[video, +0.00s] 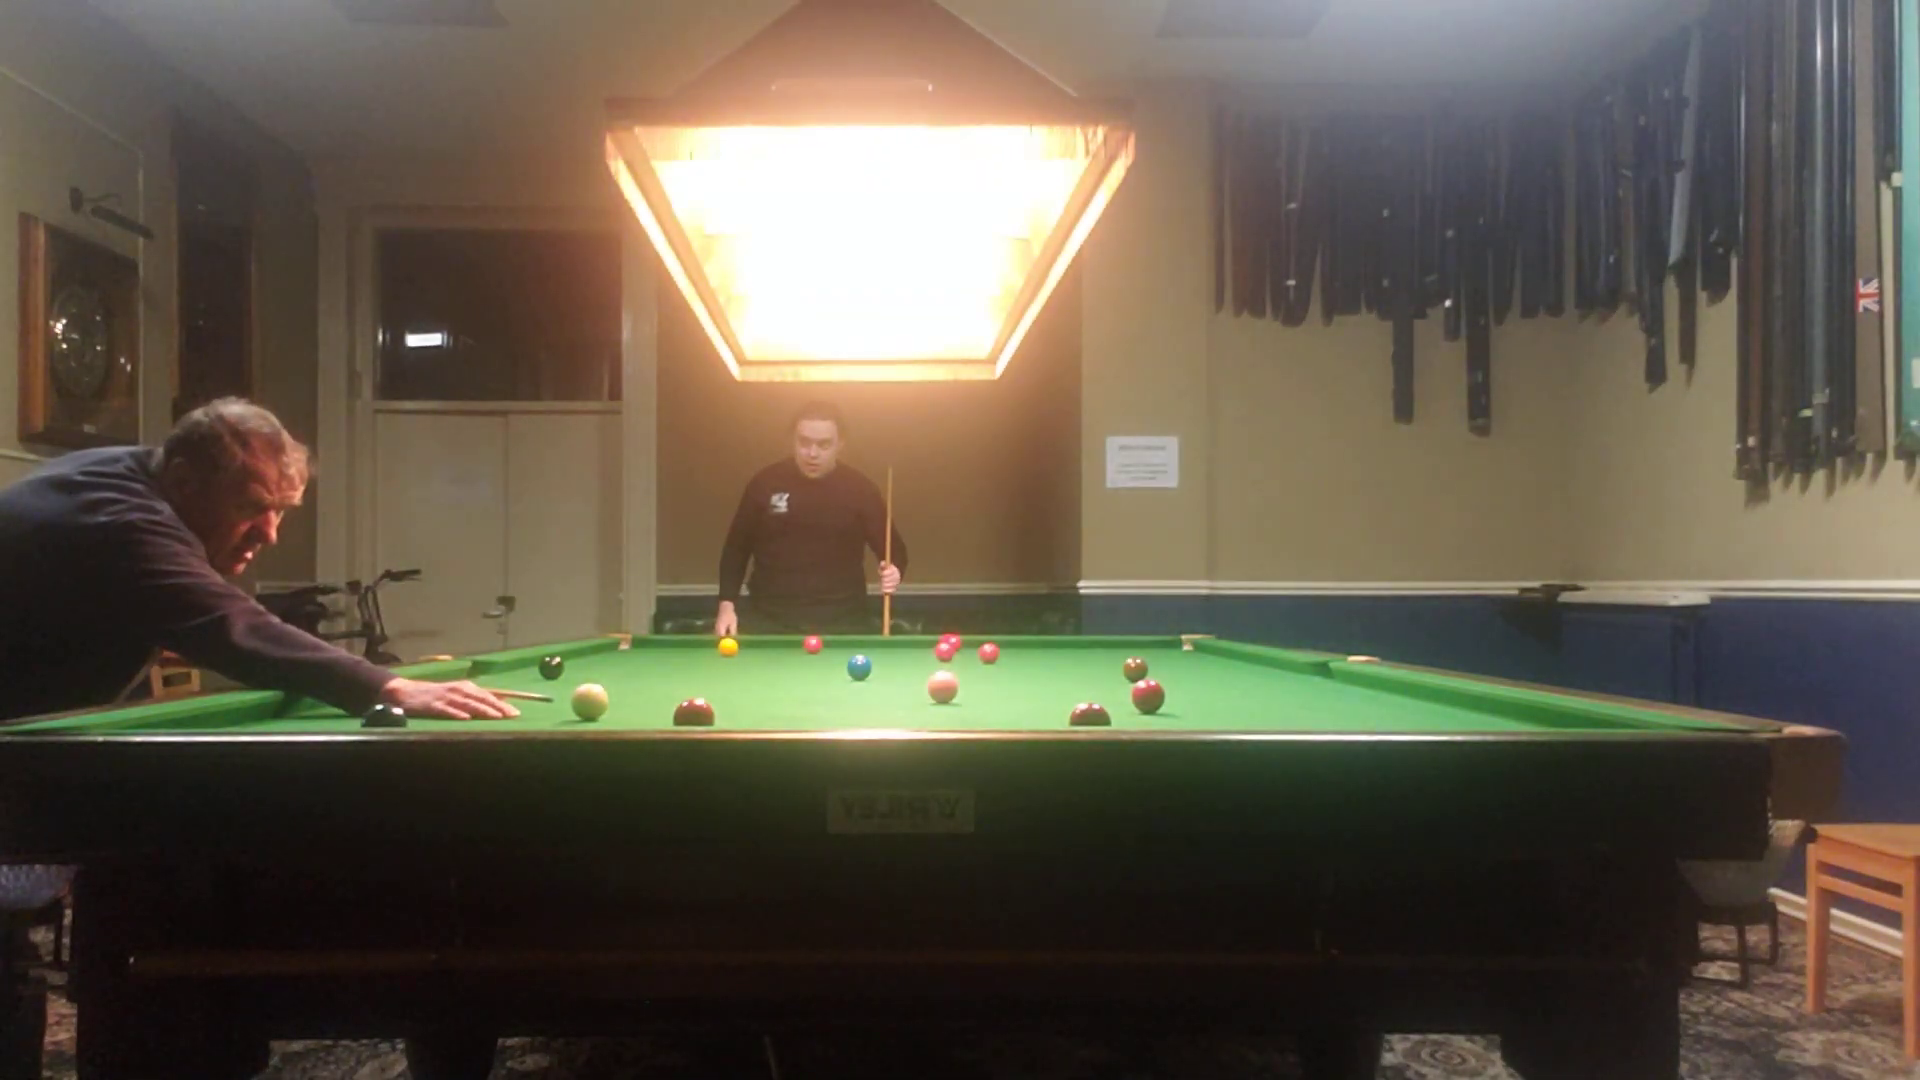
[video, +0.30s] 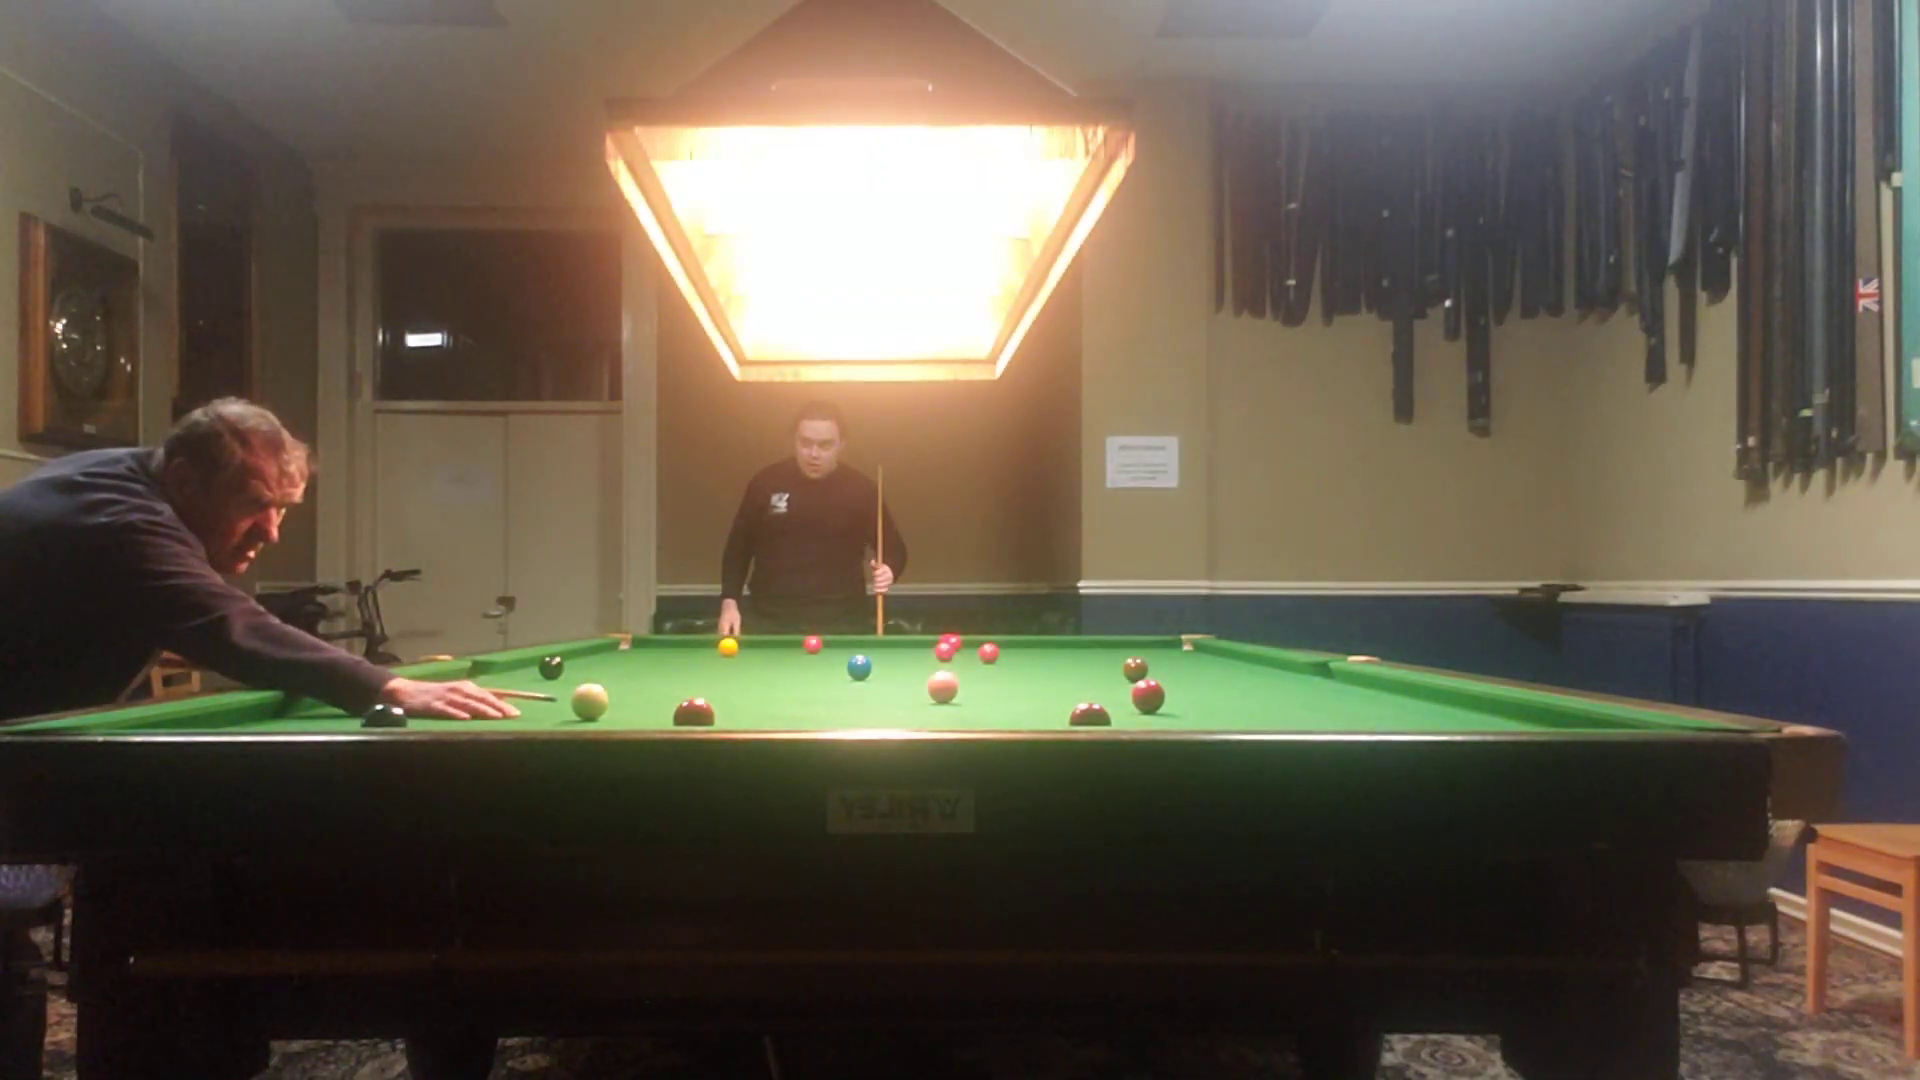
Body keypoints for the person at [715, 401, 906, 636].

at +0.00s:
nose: (813, 454)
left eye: (823, 444)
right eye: (804, 443)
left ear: (840, 445)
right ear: (793, 441)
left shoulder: (859, 490)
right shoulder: (765, 485)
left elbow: (890, 542)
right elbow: (737, 547)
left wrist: (893, 568)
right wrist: (726, 604)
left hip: (842, 623)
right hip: (771, 623)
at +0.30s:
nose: (814, 454)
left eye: (825, 445)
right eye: (805, 443)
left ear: (841, 445)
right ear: (794, 441)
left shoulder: (860, 489)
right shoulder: (766, 485)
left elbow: (893, 545)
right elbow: (738, 547)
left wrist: (889, 570)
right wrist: (729, 602)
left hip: (843, 625)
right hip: (772, 624)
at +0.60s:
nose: (814, 445)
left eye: (825, 436)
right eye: (806, 435)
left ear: (842, 441)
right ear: (795, 438)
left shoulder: (862, 490)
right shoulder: (768, 483)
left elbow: (896, 542)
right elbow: (740, 547)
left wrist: (892, 558)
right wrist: (725, 600)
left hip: (844, 625)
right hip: (773, 624)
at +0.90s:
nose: (813, 440)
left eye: (824, 432)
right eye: (805, 431)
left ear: (840, 439)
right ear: (794, 435)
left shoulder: (864, 487)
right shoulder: (769, 483)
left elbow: (901, 550)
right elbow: (742, 546)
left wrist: (890, 531)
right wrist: (731, 601)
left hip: (844, 623)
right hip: (774, 623)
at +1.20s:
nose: (810, 439)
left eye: (822, 431)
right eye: (803, 430)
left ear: (839, 438)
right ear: (793, 434)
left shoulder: (863, 485)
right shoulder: (769, 485)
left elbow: (896, 552)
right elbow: (743, 549)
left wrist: (886, 535)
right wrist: (736, 604)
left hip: (844, 622)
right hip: (775, 624)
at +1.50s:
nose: (807, 438)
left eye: (818, 430)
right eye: (800, 429)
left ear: (836, 437)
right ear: (790, 434)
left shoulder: (860, 485)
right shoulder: (768, 485)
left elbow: (893, 550)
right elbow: (743, 552)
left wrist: (881, 538)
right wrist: (734, 608)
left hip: (842, 626)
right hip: (773, 627)